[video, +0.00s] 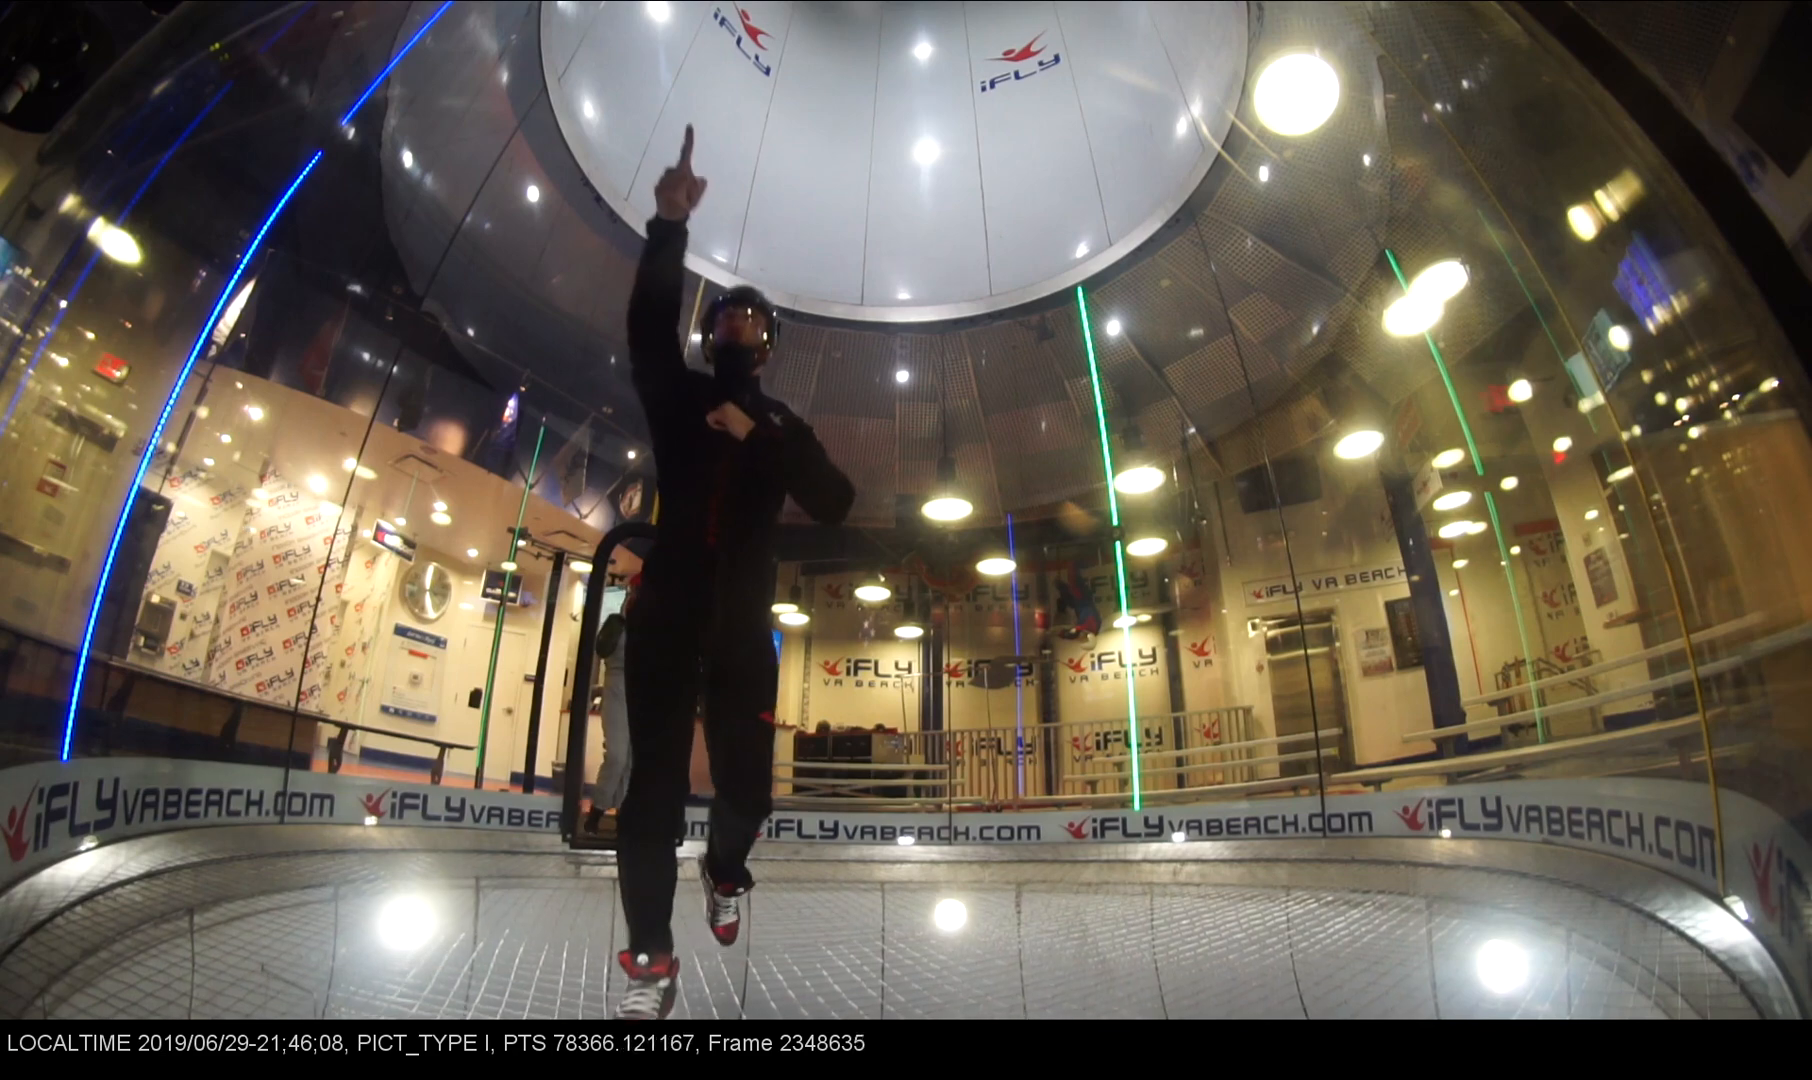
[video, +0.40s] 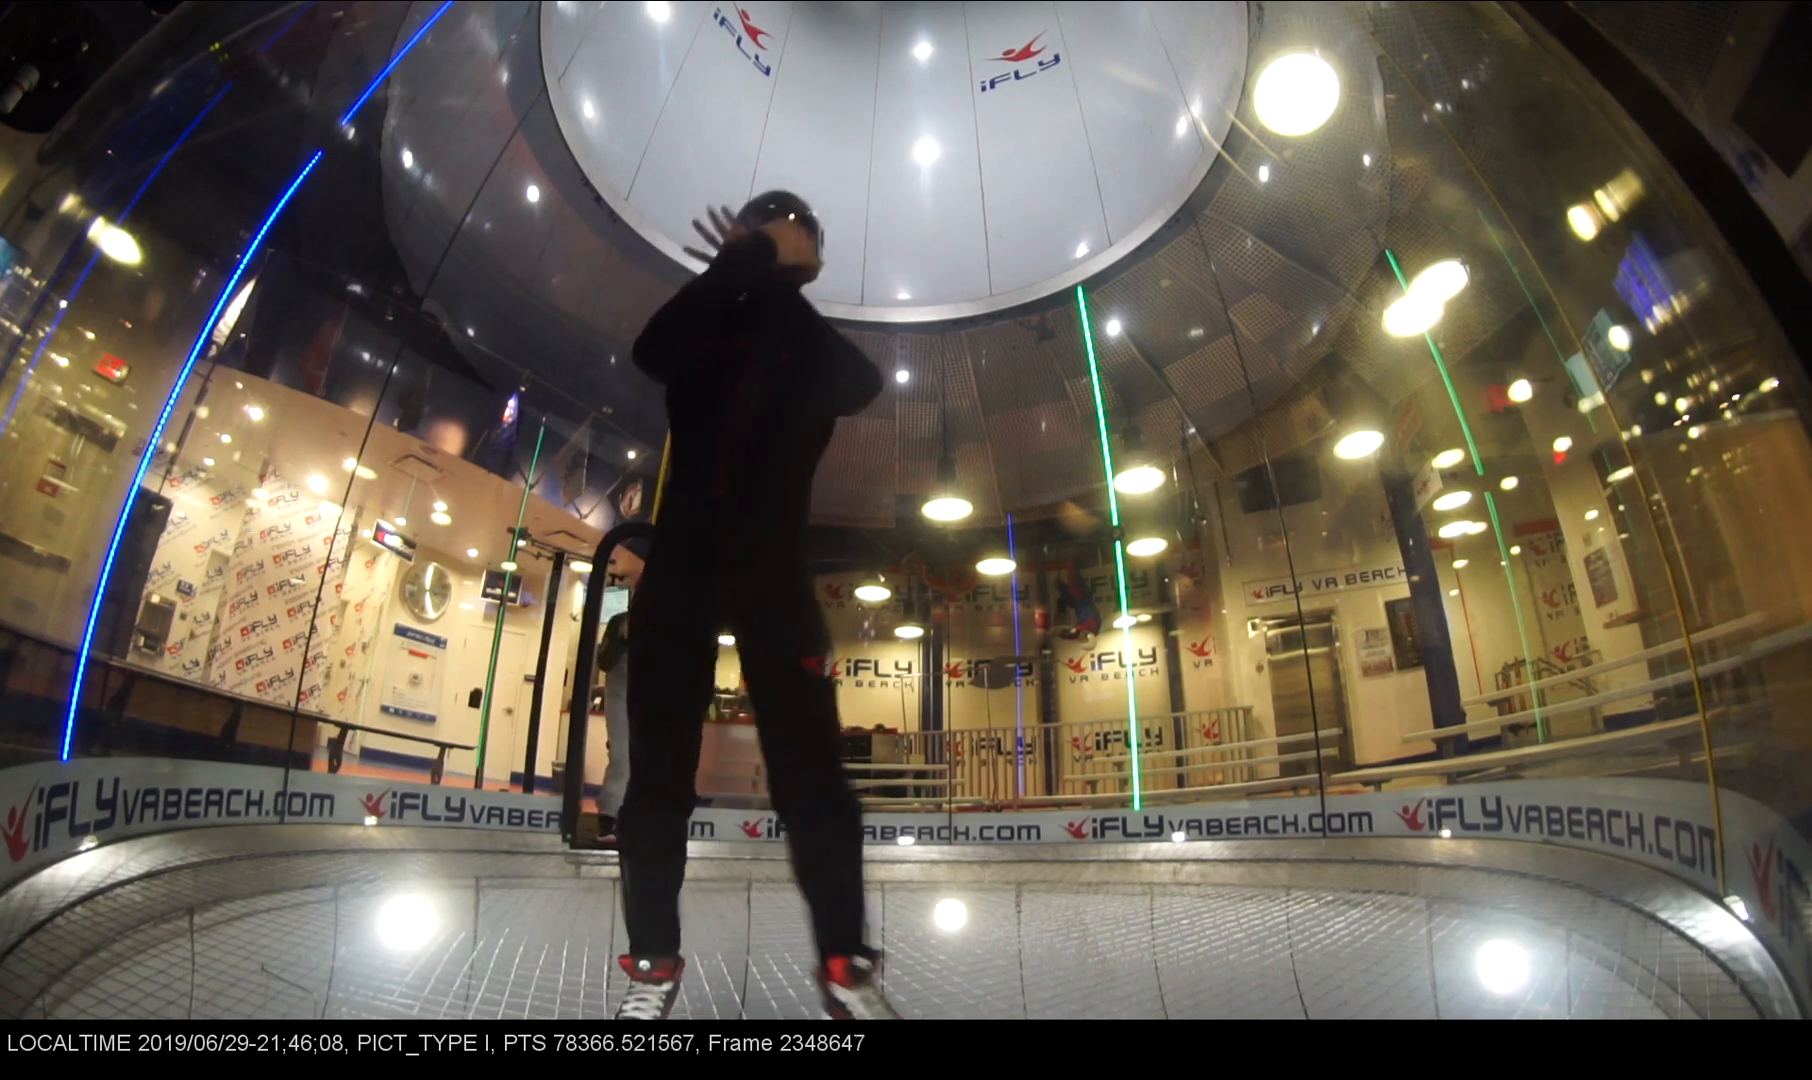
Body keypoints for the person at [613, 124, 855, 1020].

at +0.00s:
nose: (742, 325)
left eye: (755, 320)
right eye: (730, 316)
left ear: (770, 343)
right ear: (707, 333)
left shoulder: (785, 425)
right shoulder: (676, 395)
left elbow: (834, 504)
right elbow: (652, 322)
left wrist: (763, 434)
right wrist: (669, 225)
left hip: (742, 612)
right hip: (664, 606)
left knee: (747, 782)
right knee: (656, 779)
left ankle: (725, 872)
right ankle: (649, 943)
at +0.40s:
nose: (812, 247)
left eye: (813, 238)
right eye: (800, 232)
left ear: (805, 263)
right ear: (754, 237)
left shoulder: (814, 343)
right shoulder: (696, 321)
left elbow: (863, 381)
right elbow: (649, 353)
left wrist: (773, 284)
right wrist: (729, 270)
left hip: (771, 564)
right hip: (681, 561)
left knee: (808, 758)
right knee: (660, 762)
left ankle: (841, 954)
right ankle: (653, 956)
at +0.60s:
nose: (817, 193)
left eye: (831, 188)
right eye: (799, 188)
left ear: (849, 229)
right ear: (771, 219)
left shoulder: (870, 327)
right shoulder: (731, 303)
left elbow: (962, 398)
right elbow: (714, 254)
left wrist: (836, 317)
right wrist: (776, 127)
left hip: (826, 559)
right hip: (722, 551)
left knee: (899, 791)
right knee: (684, 767)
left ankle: (974, 1010)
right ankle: (658, 958)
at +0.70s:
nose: (846, 189)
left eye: (853, 181)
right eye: (827, 181)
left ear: (865, 214)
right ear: (792, 201)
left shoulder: (912, 317)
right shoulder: (758, 294)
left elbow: (1022, 387)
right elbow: (762, 234)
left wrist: (892, 333)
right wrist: (796, 141)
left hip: (874, 556)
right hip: (756, 549)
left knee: (944, 808)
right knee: (704, 771)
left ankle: (986, 1008)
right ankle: (664, 953)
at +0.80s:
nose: (865, 178)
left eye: (871, 170)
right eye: (845, 175)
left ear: (890, 203)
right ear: (814, 202)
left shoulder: (951, 305)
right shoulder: (790, 299)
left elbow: (1069, 370)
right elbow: (797, 230)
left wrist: (968, 305)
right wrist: (825, 128)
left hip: (920, 544)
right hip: (800, 538)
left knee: (987, 813)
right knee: (743, 739)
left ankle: (996, 1006)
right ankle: (695, 945)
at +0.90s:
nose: (888, 155)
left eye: (894, 141)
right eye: (865, 146)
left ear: (922, 164)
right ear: (835, 178)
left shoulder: (984, 279)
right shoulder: (817, 273)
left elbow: (1108, 357)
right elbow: (760, 333)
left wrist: (975, 305)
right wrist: (854, 200)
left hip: (957, 539)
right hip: (834, 536)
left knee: (1018, 813)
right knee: (779, 739)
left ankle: (1006, 1010)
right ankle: (733, 946)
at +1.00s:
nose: (909, 129)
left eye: (922, 117)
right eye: (886, 124)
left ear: (950, 146)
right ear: (860, 161)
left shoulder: (1009, 256)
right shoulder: (835, 245)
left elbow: (1127, 352)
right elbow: (747, 346)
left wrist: (1017, 284)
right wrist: (871, 270)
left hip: (985, 521)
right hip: (858, 521)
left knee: (1025, 795)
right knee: (814, 753)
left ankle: (1013, 1011)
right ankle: (779, 954)